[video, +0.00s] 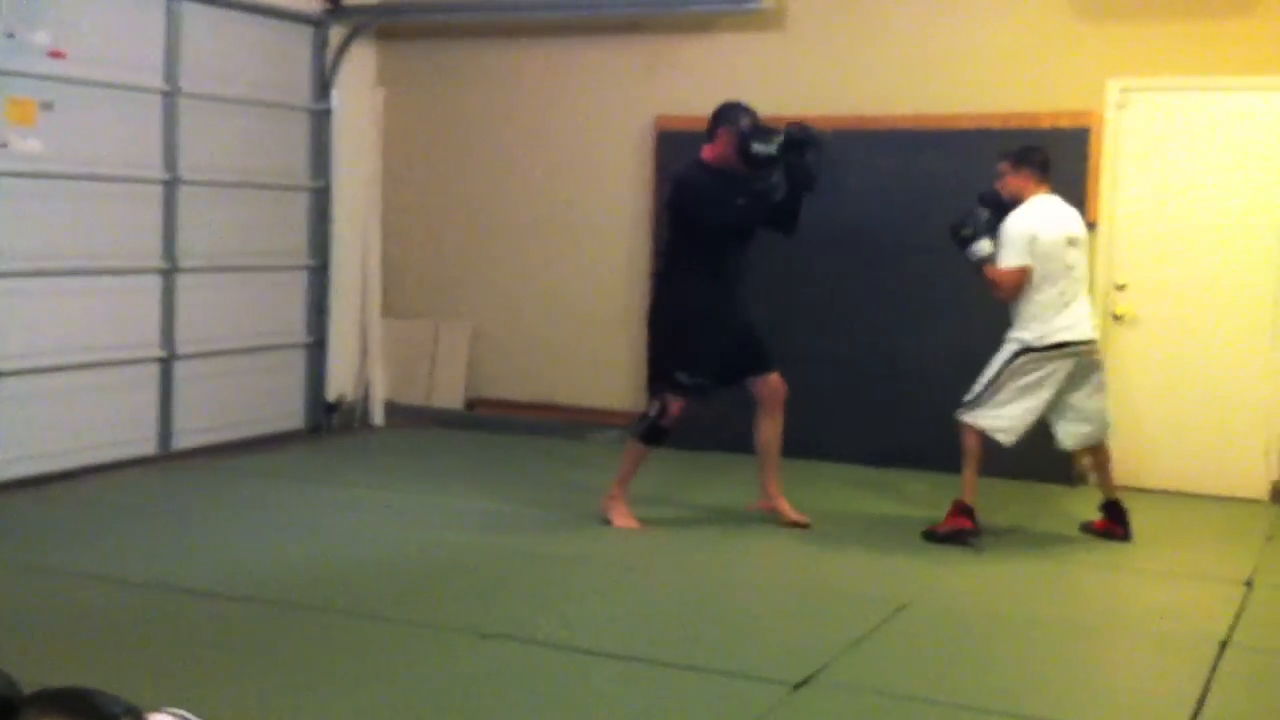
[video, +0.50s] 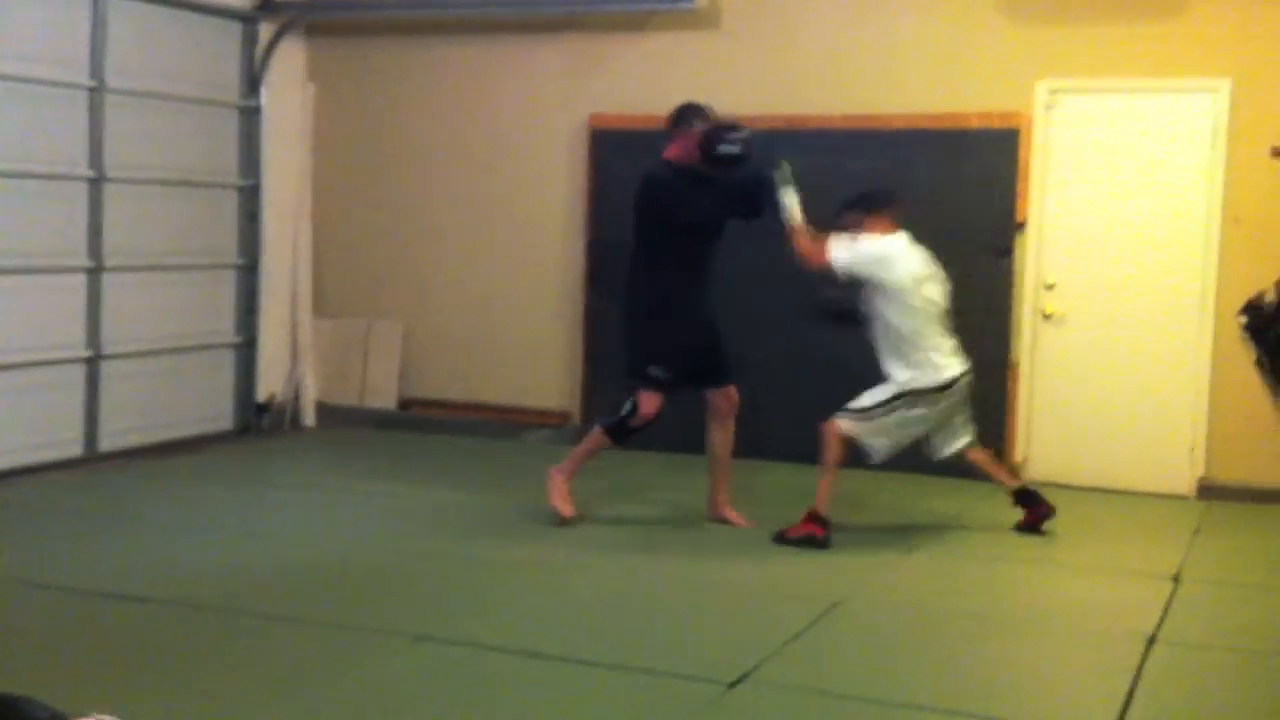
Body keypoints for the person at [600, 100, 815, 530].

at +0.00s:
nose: (748, 150)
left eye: (751, 142)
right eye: (743, 141)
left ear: (737, 140)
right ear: (721, 136)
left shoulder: (739, 183)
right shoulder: (693, 181)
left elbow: (784, 223)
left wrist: (795, 169)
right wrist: (763, 178)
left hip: (723, 307)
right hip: (682, 308)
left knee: (771, 390)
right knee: (670, 404)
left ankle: (771, 495)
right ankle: (615, 497)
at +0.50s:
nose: (706, 148)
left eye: (708, 140)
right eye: (699, 138)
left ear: (706, 141)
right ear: (678, 138)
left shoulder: (706, 181)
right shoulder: (659, 181)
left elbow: (750, 210)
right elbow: (699, 220)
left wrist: (745, 167)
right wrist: (723, 174)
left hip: (693, 305)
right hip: (653, 306)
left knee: (724, 400)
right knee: (647, 405)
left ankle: (719, 503)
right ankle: (562, 473)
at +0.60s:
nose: (667, 146)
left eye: (672, 139)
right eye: (661, 138)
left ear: (676, 142)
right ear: (644, 139)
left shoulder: (679, 184)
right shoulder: (629, 185)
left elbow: (725, 207)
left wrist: (712, 156)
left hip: (676, 306)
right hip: (635, 307)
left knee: (715, 395)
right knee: (626, 406)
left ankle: (708, 500)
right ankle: (539, 470)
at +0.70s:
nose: (643, 158)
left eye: (647, 149)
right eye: (637, 149)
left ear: (647, 152)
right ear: (619, 148)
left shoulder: (649, 192)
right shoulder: (596, 191)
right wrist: (663, 186)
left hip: (645, 315)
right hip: (603, 317)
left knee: (679, 397)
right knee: (598, 408)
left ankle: (705, 496)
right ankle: (520, 485)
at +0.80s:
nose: (613, 162)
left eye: (619, 156)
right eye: (612, 153)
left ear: (616, 160)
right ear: (597, 152)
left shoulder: (612, 195)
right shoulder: (563, 190)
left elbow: (622, 257)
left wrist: (639, 198)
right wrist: (629, 194)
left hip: (589, 310)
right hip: (547, 312)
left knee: (631, 388)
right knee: (552, 409)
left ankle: (671, 495)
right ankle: (491, 500)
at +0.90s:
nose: (588, 170)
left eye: (590, 162)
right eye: (584, 161)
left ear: (570, 158)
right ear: (565, 157)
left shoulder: (570, 196)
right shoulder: (533, 193)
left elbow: (588, 256)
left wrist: (611, 203)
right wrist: (603, 198)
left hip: (545, 308)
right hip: (507, 311)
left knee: (594, 378)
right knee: (524, 408)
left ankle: (563, 478)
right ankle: (475, 500)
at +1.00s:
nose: (550, 164)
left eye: (555, 156)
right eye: (546, 153)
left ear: (551, 155)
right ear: (524, 144)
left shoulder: (532, 185)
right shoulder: (490, 177)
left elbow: (546, 249)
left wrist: (571, 202)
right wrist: (558, 196)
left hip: (496, 303)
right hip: (463, 301)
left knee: (507, 400)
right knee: (485, 398)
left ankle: (451, 458)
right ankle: (458, 500)